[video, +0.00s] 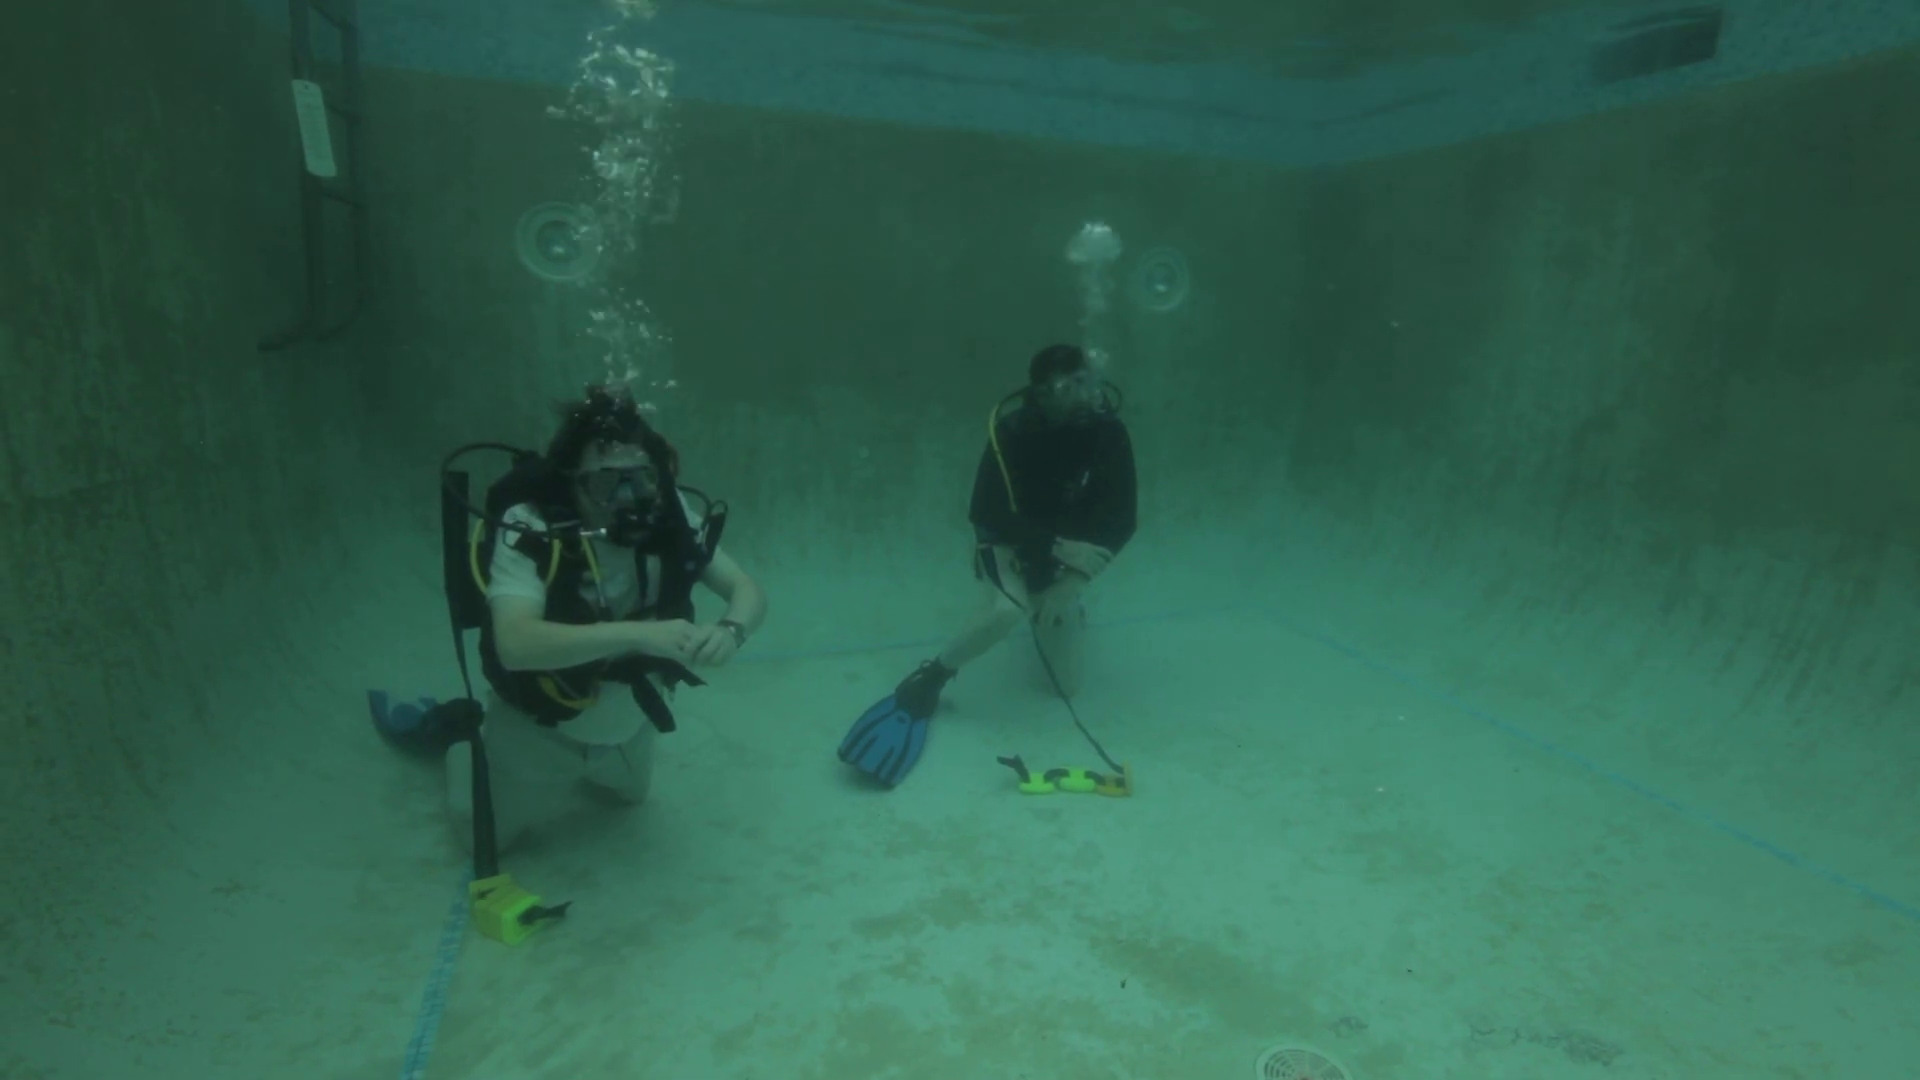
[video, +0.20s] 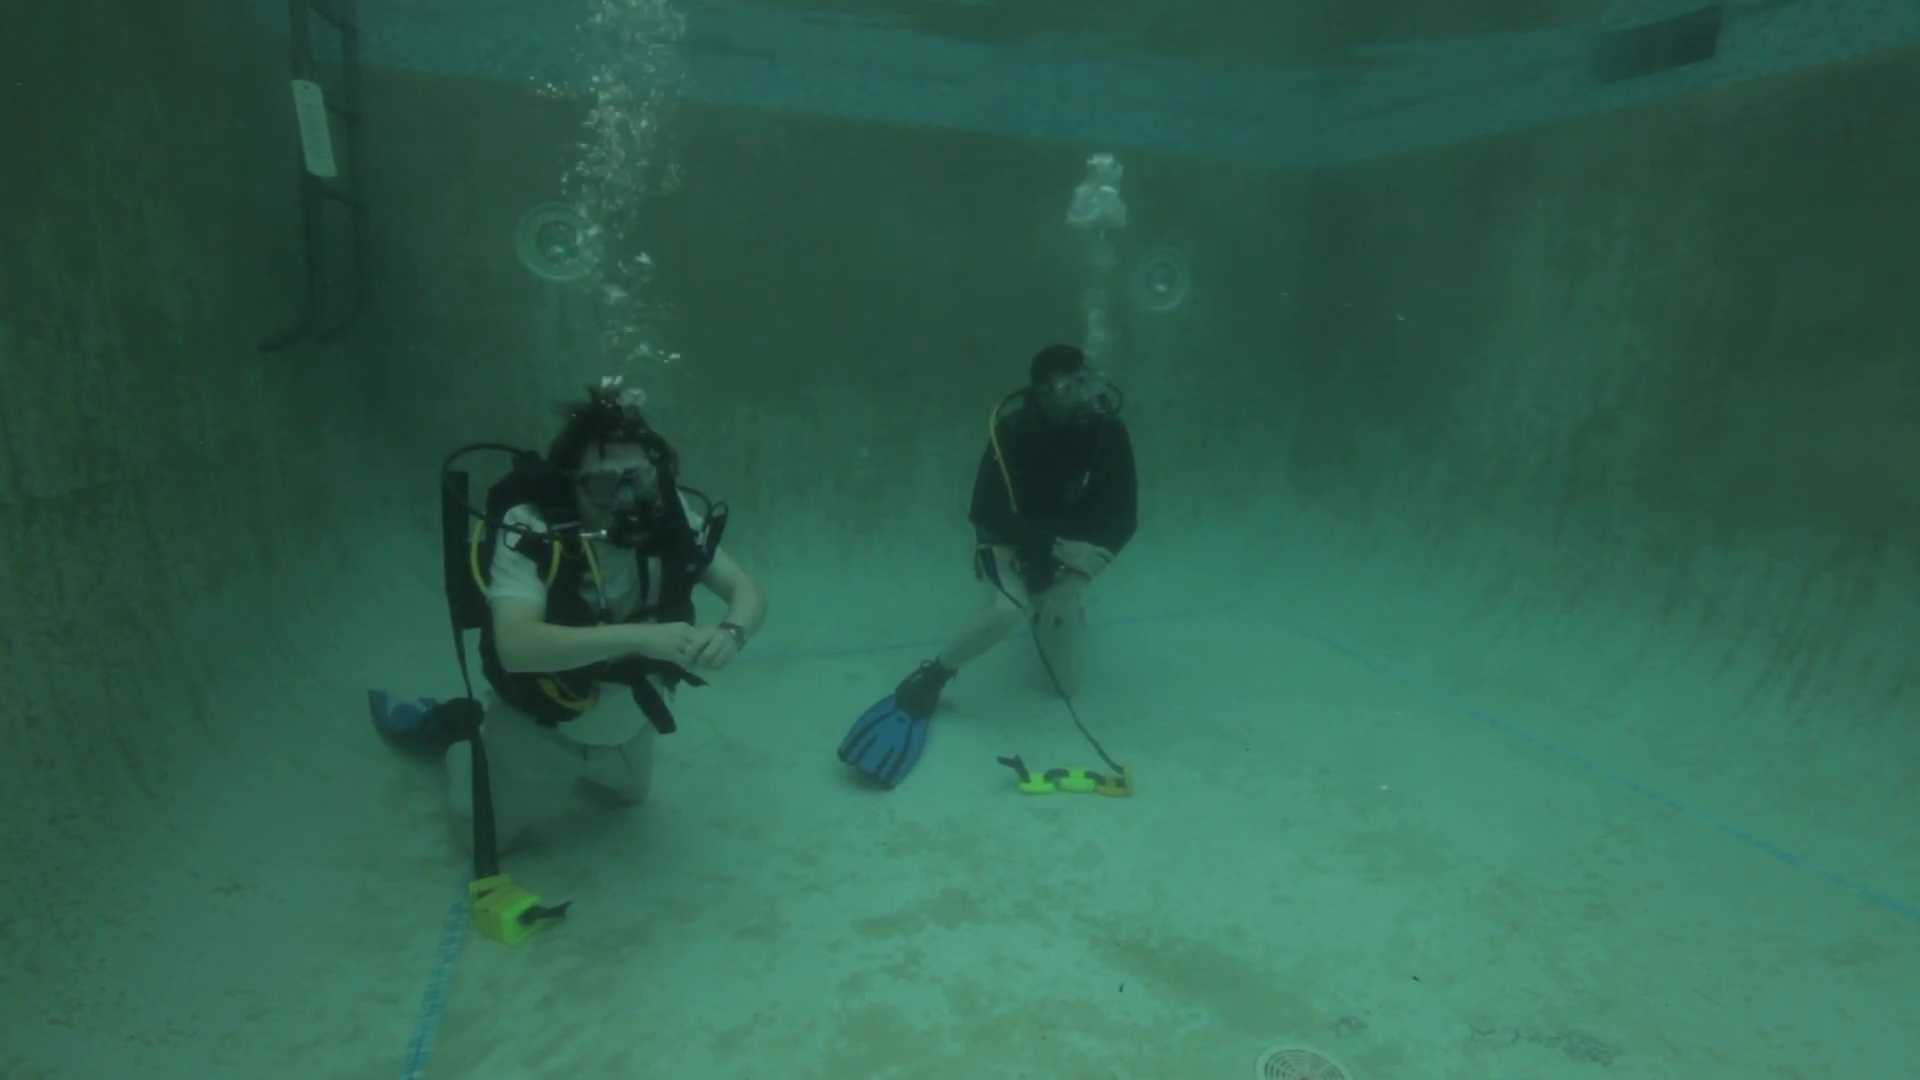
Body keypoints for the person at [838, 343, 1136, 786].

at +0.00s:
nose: (1087, 394)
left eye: (1088, 382)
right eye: (1073, 386)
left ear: (1095, 381)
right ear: (1046, 394)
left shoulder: (1108, 430)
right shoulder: (1015, 428)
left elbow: (1121, 518)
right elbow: (989, 513)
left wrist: (1071, 585)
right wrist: (1059, 545)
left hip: (1067, 551)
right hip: (1010, 541)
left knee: (1068, 681)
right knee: (1010, 609)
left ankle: (1054, 607)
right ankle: (930, 679)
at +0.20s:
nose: (1084, 392)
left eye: (1084, 380)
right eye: (1070, 385)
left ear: (1092, 380)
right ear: (1044, 394)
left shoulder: (1108, 431)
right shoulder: (1015, 429)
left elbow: (1121, 518)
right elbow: (989, 513)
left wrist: (1071, 583)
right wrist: (1059, 546)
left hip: (1068, 551)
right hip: (1011, 543)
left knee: (1069, 680)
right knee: (1010, 609)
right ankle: (932, 677)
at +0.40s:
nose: (1085, 393)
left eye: (1086, 381)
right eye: (1072, 386)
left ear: (1092, 381)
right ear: (1044, 393)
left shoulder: (1107, 428)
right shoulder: (1016, 426)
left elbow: (1121, 518)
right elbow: (990, 512)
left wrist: (1070, 584)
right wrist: (1058, 546)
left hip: (1066, 550)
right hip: (1008, 541)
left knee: (1068, 680)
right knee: (1009, 611)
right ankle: (931, 678)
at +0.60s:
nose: (1082, 394)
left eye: (1084, 382)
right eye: (1069, 387)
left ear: (1092, 381)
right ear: (1043, 394)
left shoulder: (1107, 430)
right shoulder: (1016, 428)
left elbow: (1121, 518)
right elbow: (988, 512)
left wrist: (1070, 585)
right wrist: (1058, 546)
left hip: (1069, 550)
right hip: (1011, 542)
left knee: (1068, 681)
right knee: (1009, 611)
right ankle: (930, 679)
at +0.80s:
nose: (1079, 397)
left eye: (1085, 385)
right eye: (1065, 388)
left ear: (1095, 386)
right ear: (1041, 394)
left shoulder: (1108, 433)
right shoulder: (1015, 431)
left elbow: (1120, 519)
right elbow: (985, 511)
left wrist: (1074, 576)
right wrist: (1047, 546)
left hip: (1075, 549)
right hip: (1012, 543)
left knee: (1066, 682)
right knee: (1008, 611)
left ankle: (1044, 613)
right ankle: (933, 675)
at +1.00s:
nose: (1079, 396)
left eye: (1083, 383)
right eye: (1066, 386)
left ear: (1093, 383)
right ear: (1041, 392)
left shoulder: (1108, 433)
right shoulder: (1015, 432)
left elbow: (1121, 519)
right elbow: (987, 512)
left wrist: (1070, 585)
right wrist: (1058, 546)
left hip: (1067, 555)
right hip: (1010, 545)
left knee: (1067, 681)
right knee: (1009, 612)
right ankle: (930, 678)